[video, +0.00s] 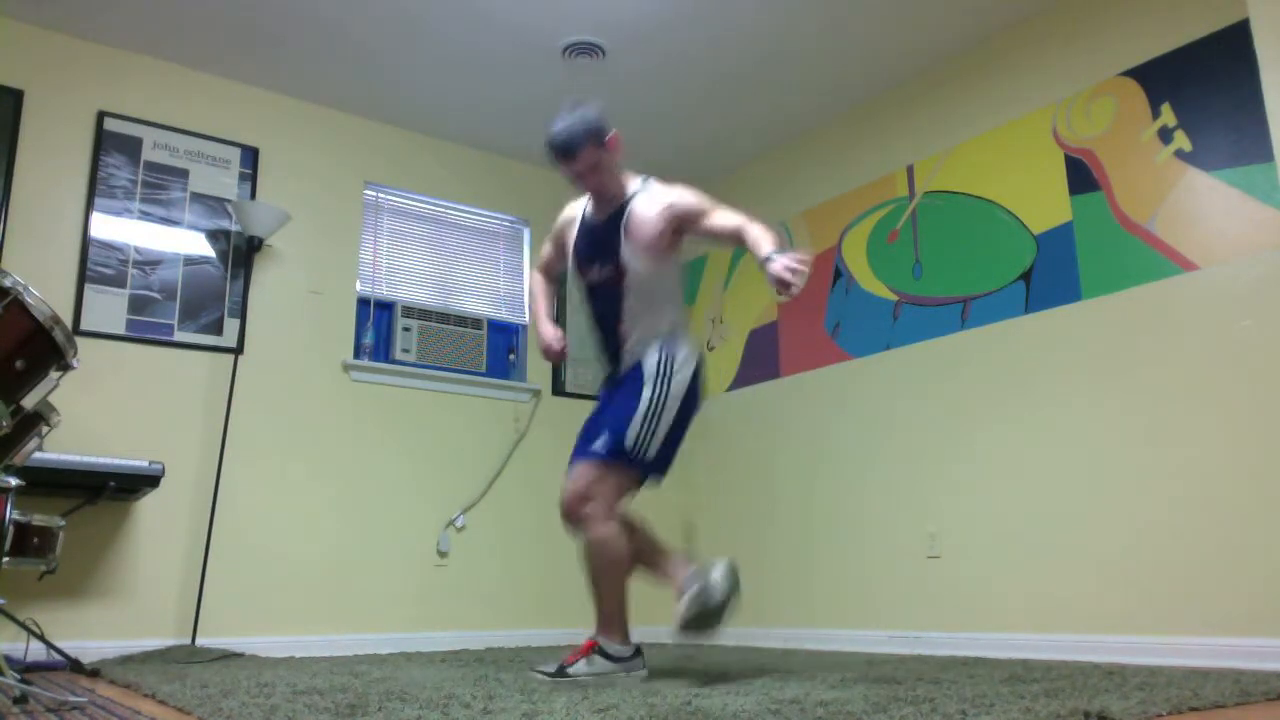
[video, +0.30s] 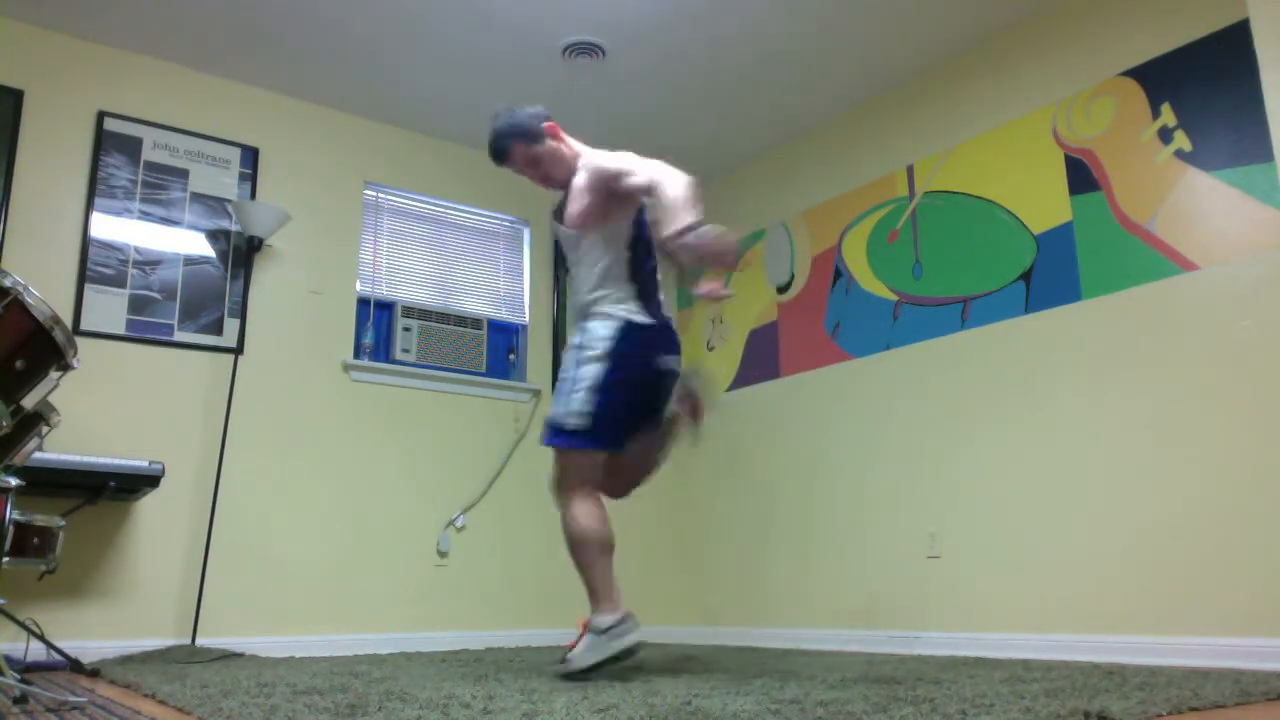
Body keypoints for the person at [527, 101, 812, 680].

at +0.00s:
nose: (584, 179)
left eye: (589, 164)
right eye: (572, 170)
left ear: (614, 146)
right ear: (563, 170)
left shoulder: (661, 203)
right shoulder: (573, 219)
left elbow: (744, 225)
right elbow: (543, 272)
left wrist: (771, 256)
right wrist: (544, 323)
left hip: (664, 366)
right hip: (626, 374)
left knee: (592, 498)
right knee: (579, 506)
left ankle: (614, 646)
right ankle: (695, 579)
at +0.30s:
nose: (536, 179)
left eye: (533, 165)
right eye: (525, 174)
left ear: (554, 136)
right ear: (531, 165)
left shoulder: (599, 167)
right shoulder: (578, 194)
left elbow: (672, 182)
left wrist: (679, 230)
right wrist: (709, 276)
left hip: (614, 334)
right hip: (637, 338)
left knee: (574, 482)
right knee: (616, 481)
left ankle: (607, 618)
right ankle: (676, 414)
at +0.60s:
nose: (650, 186)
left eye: (654, 178)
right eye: (654, 177)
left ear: (610, 155)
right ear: (641, 163)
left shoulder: (550, 179)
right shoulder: (638, 187)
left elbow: (486, 236)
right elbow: (733, 183)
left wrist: (497, 302)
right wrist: (809, 193)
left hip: (606, 357)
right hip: (663, 343)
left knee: (594, 501)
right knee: (666, 434)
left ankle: (598, 644)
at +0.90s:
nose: (725, 228)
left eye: (733, 223)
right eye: (730, 216)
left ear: (696, 181)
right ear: (716, 191)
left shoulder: (637, 213)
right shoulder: (690, 203)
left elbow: (549, 253)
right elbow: (654, 246)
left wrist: (535, 331)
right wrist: (679, 318)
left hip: (608, 364)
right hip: (651, 350)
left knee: (664, 502)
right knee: (729, 460)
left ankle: (651, 636)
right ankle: (702, 592)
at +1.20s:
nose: (741, 207)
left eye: (748, 203)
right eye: (744, 194)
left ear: (742, 200)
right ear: (727, 170)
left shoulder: (697, 227)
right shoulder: (681, 174)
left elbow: (709, 280)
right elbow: (655, 200)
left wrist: (754, 300)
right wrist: (663, 265)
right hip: (641, 306)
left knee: (686, 451)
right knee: (754, 342)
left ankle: (665, 586)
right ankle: (697, 453)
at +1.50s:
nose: (753, 225)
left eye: (763, 221)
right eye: (754, 210)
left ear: (763, 223)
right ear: (734, 188)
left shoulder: (737, 254)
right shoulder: (680, 193)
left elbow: (785, 292)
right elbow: (605, 175)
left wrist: (810, 307)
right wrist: (598, 216)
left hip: (662, 370)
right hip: (613, 338)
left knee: (730, 460)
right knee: (696, 292)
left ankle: (700, 601)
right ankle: (739, 423)